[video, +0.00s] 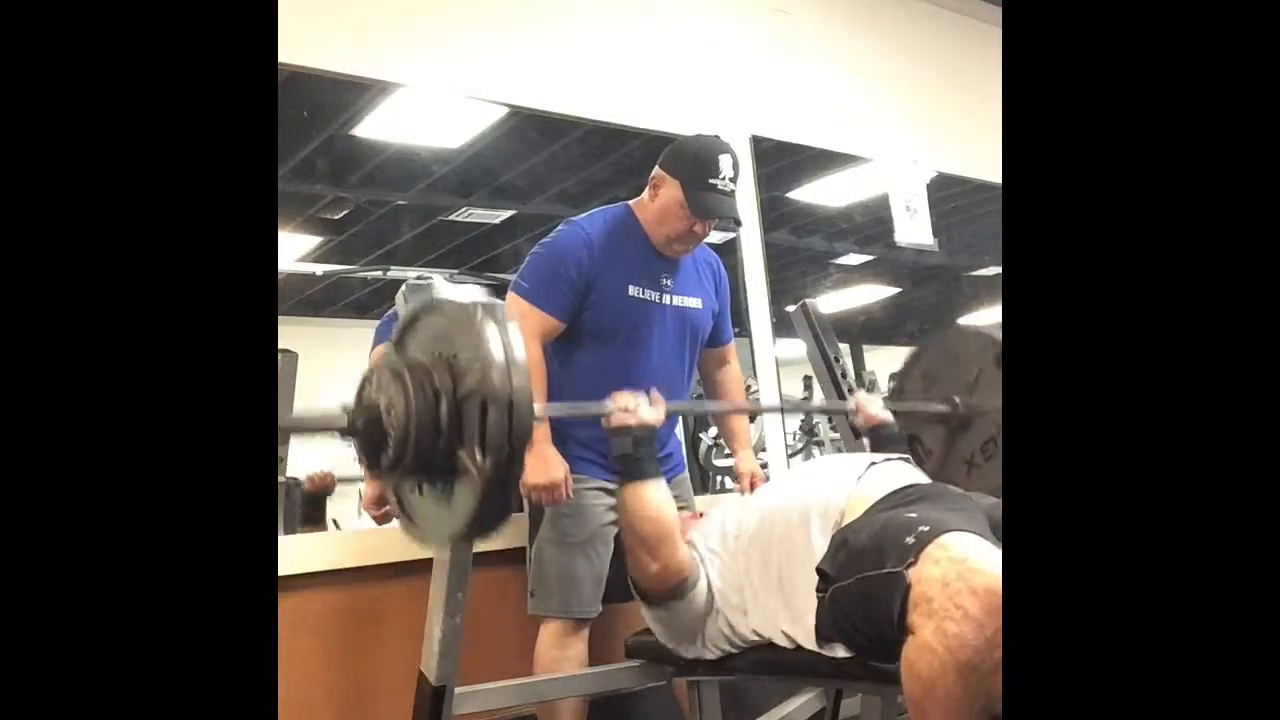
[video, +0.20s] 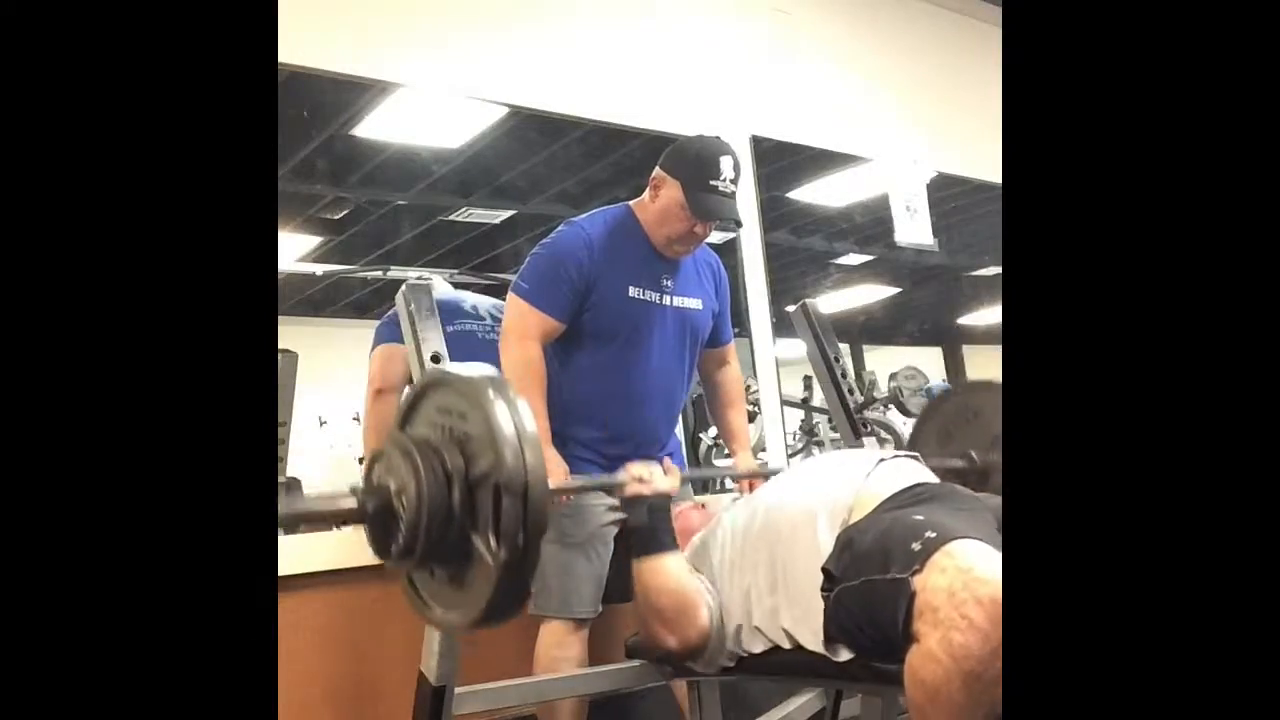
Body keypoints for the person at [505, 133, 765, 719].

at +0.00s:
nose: (704, 228)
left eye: (713, 218)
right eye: (695, 211)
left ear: (722, 215)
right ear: (656, 187)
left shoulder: (709, 270)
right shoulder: (580, 245)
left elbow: (721, 365)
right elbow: (520, 337)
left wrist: (743, 451)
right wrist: (537, 443)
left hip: (662, 471)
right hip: (580, 467)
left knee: (648, 611)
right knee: (570, 620)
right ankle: (564, 717)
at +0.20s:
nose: (704, 231)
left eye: (713, 221)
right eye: (696, 214)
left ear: (722, 217)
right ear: (658, 188)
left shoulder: (709, 270)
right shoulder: (580, 245)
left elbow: (721, 366)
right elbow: (521, 339)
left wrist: (742, 451)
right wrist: (541, 448)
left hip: (658, 468)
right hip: (576, 468)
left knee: (633, 613)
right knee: (570, 620)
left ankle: (609, 710)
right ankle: (563, 717)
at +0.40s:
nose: (705, 230)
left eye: (715, 220)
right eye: (696, 213)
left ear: (723, 216)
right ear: (658, 187)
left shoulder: (708, 270)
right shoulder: (580, 245)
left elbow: (720, 366)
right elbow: (521, 340)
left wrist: (741, 450)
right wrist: (540, 448)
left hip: (661, 474)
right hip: (581, 471)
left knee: (626, 614)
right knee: (570, 622)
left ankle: (602, 709)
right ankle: (561, 715)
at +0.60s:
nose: (705, 228)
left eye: (714, 218)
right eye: (696, 212)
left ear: (722, 214)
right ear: (657, 186)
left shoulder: (707, 270)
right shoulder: (579, 247)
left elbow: (719, 365)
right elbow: (520, 342)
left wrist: (741, 450)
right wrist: (543, 451)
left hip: (664, 471)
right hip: (581, 472)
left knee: (683, 617)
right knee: (569, 622)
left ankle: (686, 714)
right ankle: (563, 717)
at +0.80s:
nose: (704, 227)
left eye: (713, 218)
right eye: (696, 211)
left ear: (722, 214)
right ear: (656, 185)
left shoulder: (706, 269)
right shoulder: (580, 246)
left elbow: (720, 364)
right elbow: (521, 338)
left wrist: (741, 450)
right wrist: (537, 444)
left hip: (661, 469)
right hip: (580, 467)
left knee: (636, 609)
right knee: (570, 620)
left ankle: (611, 712)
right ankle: (562, 717)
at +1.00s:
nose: (704, 229)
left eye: (713, 219)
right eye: (696, 212)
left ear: (722, 214)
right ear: (657, 186)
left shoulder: (706, 270)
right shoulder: (579, 247)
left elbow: (719, 364)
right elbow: (520, 340)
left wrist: (739, 449)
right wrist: (538, 446)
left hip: (661, 470)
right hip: (579, 467)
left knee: (652, 611)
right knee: (570, 619)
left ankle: (638, 713)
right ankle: (565, 716)